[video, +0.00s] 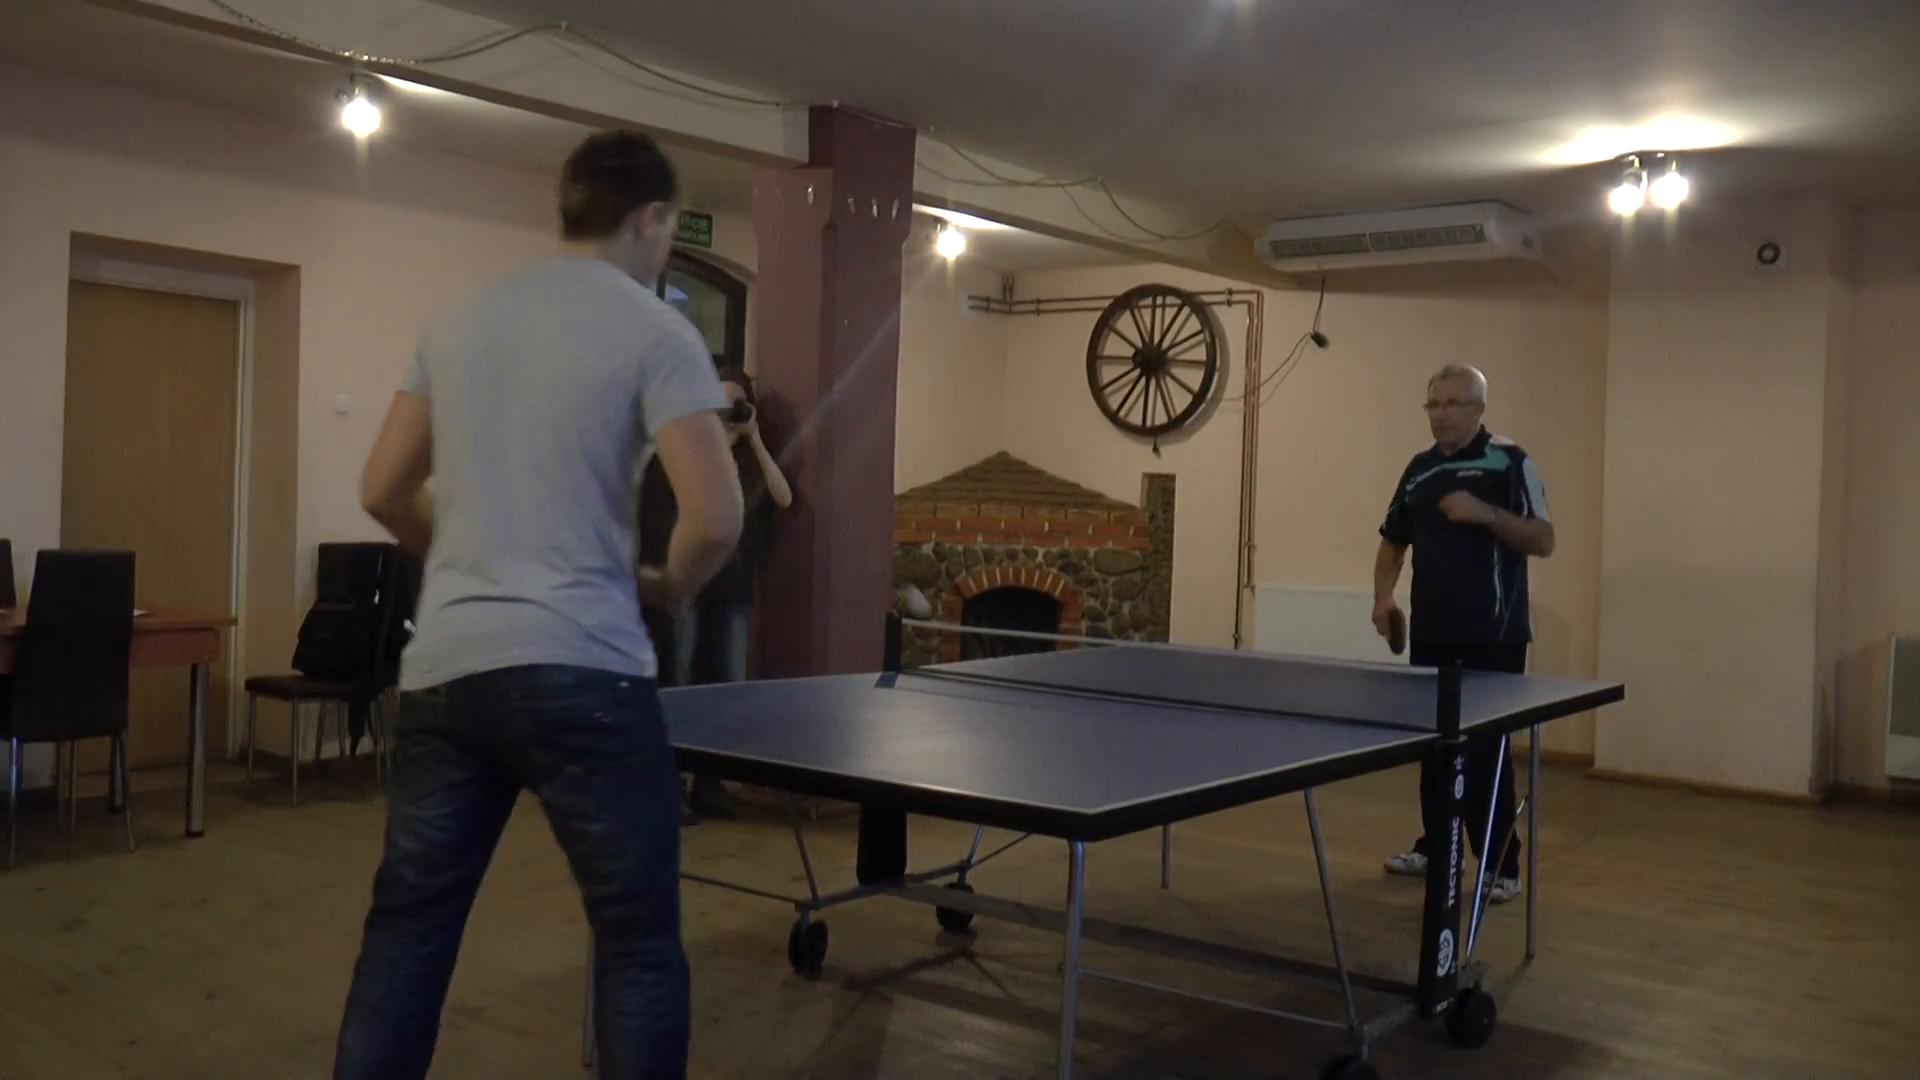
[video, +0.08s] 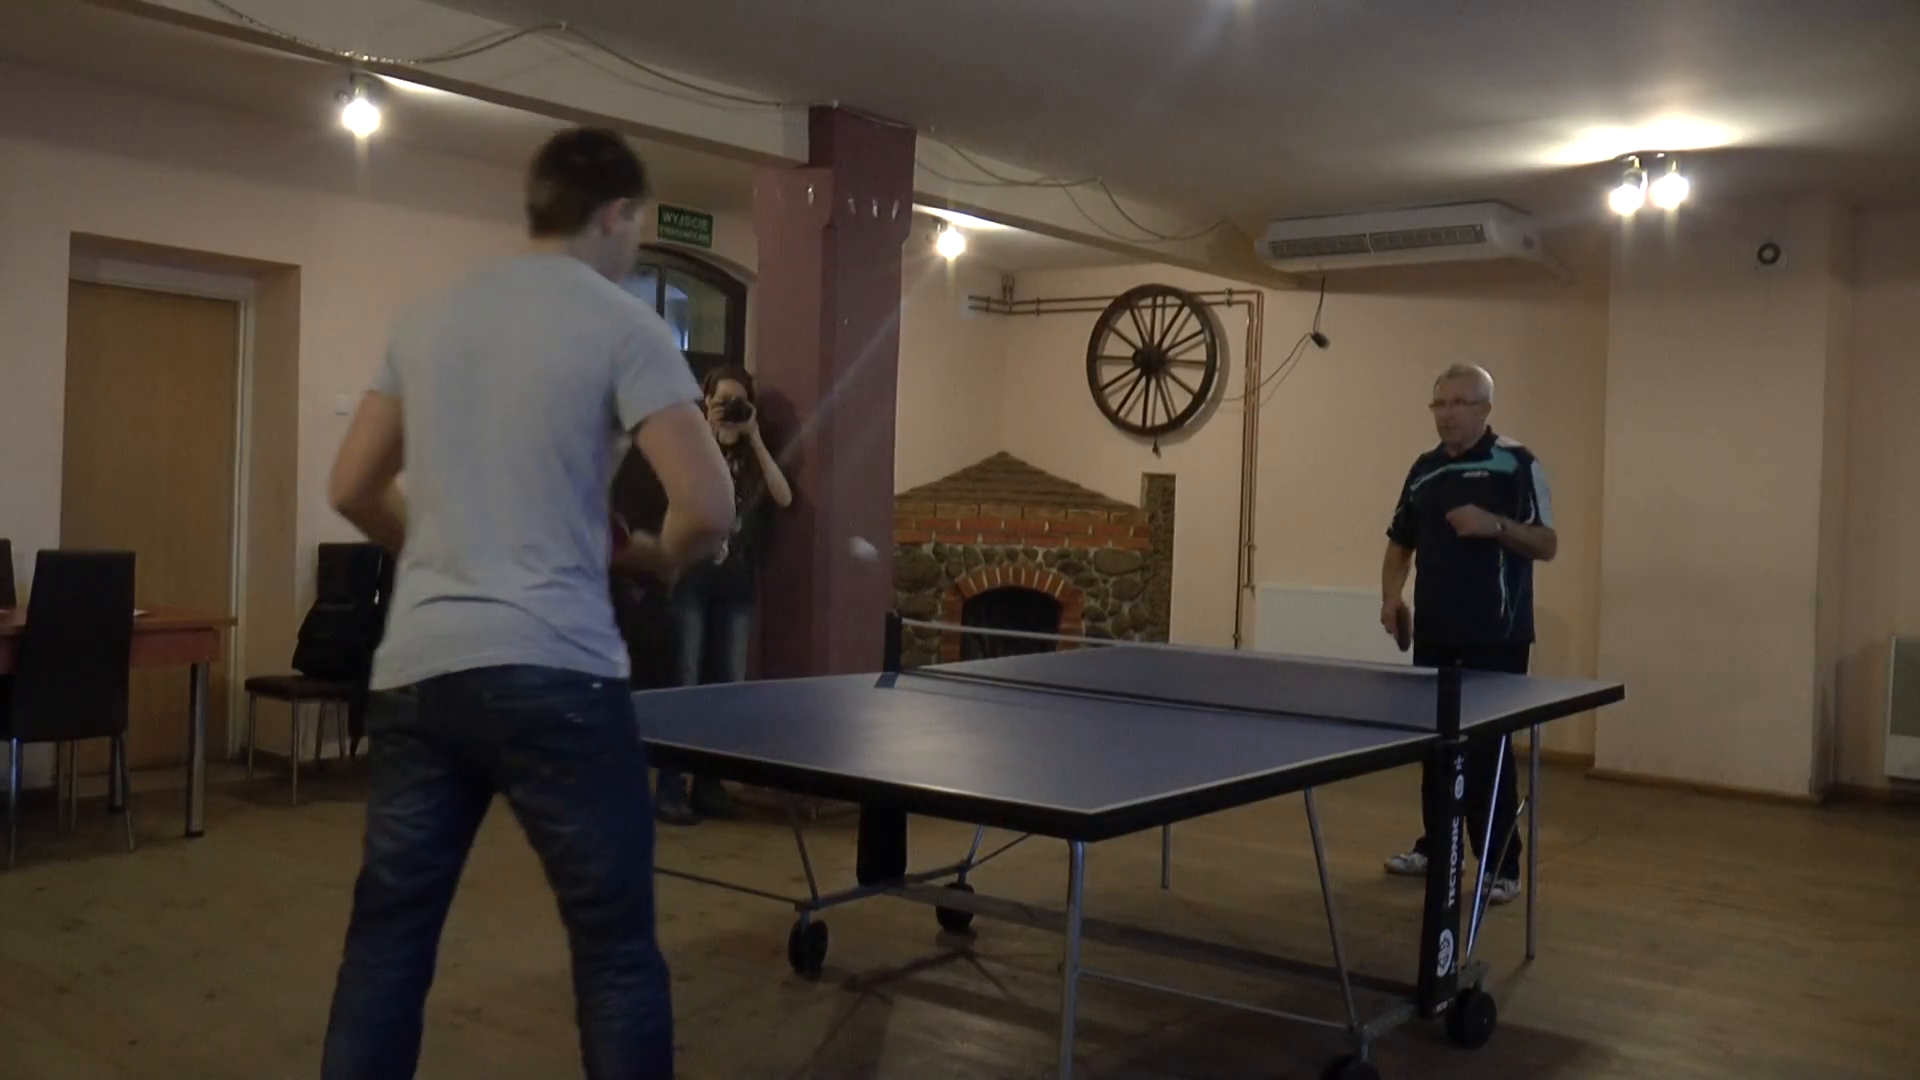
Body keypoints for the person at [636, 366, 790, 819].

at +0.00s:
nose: (730, 417)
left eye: (738, 408)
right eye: (722, 407)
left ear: (748, 413)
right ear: (703, 410)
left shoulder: (750, 452)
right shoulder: (685, 450)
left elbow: (782, 499)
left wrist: (755, 441)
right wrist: (713, 441)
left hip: (733, 577)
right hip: (683, 576)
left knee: (730, 680)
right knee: (680, 679)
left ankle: (713, 781)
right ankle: (670, 781)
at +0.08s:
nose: (730, 411)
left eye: (739, 405)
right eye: (722, 402)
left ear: (750, 410)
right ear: (706, 403)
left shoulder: (754, 454)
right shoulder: (691, 447)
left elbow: (783, 498)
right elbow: (686, 490)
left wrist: (755, 440)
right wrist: (710, 441)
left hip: (736, 579)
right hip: (690, 577)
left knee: (730, 684)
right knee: (686, 681)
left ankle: (712, 783)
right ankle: (671, 785)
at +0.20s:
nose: (730, 410)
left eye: (739, 403)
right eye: (723, 401)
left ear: (749, 407)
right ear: (704, 399)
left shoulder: (753, 449)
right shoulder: (689, 443)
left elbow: (782, 496)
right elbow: (685, 494)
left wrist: (755, 440)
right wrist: (709, 439)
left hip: (739, 578)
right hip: (691, 577)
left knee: (732, 685)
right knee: (691, 683)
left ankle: (712, 784)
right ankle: (673, 786)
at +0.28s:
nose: (731, 409)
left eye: (740, 402)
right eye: (724, 400)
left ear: (750, 406)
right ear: (705, 397)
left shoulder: (753, 448)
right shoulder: (689, 441)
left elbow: (780, 495)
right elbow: (685, 489)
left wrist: (756, 439)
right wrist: (709, 436)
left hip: (739, 577)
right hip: (694, 576)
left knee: (732, 684)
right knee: (693, 682)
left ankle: (712, 783)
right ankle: (674, 785)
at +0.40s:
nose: (731, 409)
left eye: (740, 402)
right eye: (724, 400)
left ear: (750, 404)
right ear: (706, 397)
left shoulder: (754, 447)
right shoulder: (691, 442)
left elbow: (778, 494)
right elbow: (686, 485)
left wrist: (753, 435)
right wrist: (709, 433)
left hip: (740, 571)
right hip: (694, 570)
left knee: (732, 682)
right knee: (698, 679)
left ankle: (714, 782)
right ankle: (685, 785)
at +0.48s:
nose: (730, 408)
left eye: (739, 402)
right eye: (723, 400)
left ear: (749, 405)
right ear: (706, 396)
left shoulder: (753, 447)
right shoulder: (692, 443)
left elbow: (778, 493)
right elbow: (685, 485)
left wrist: (753, 436)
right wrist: (708, 434)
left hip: (739, 571)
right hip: (694, 571)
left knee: (733, 682)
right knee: (699, 680)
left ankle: (716, 782)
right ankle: (688, 784)